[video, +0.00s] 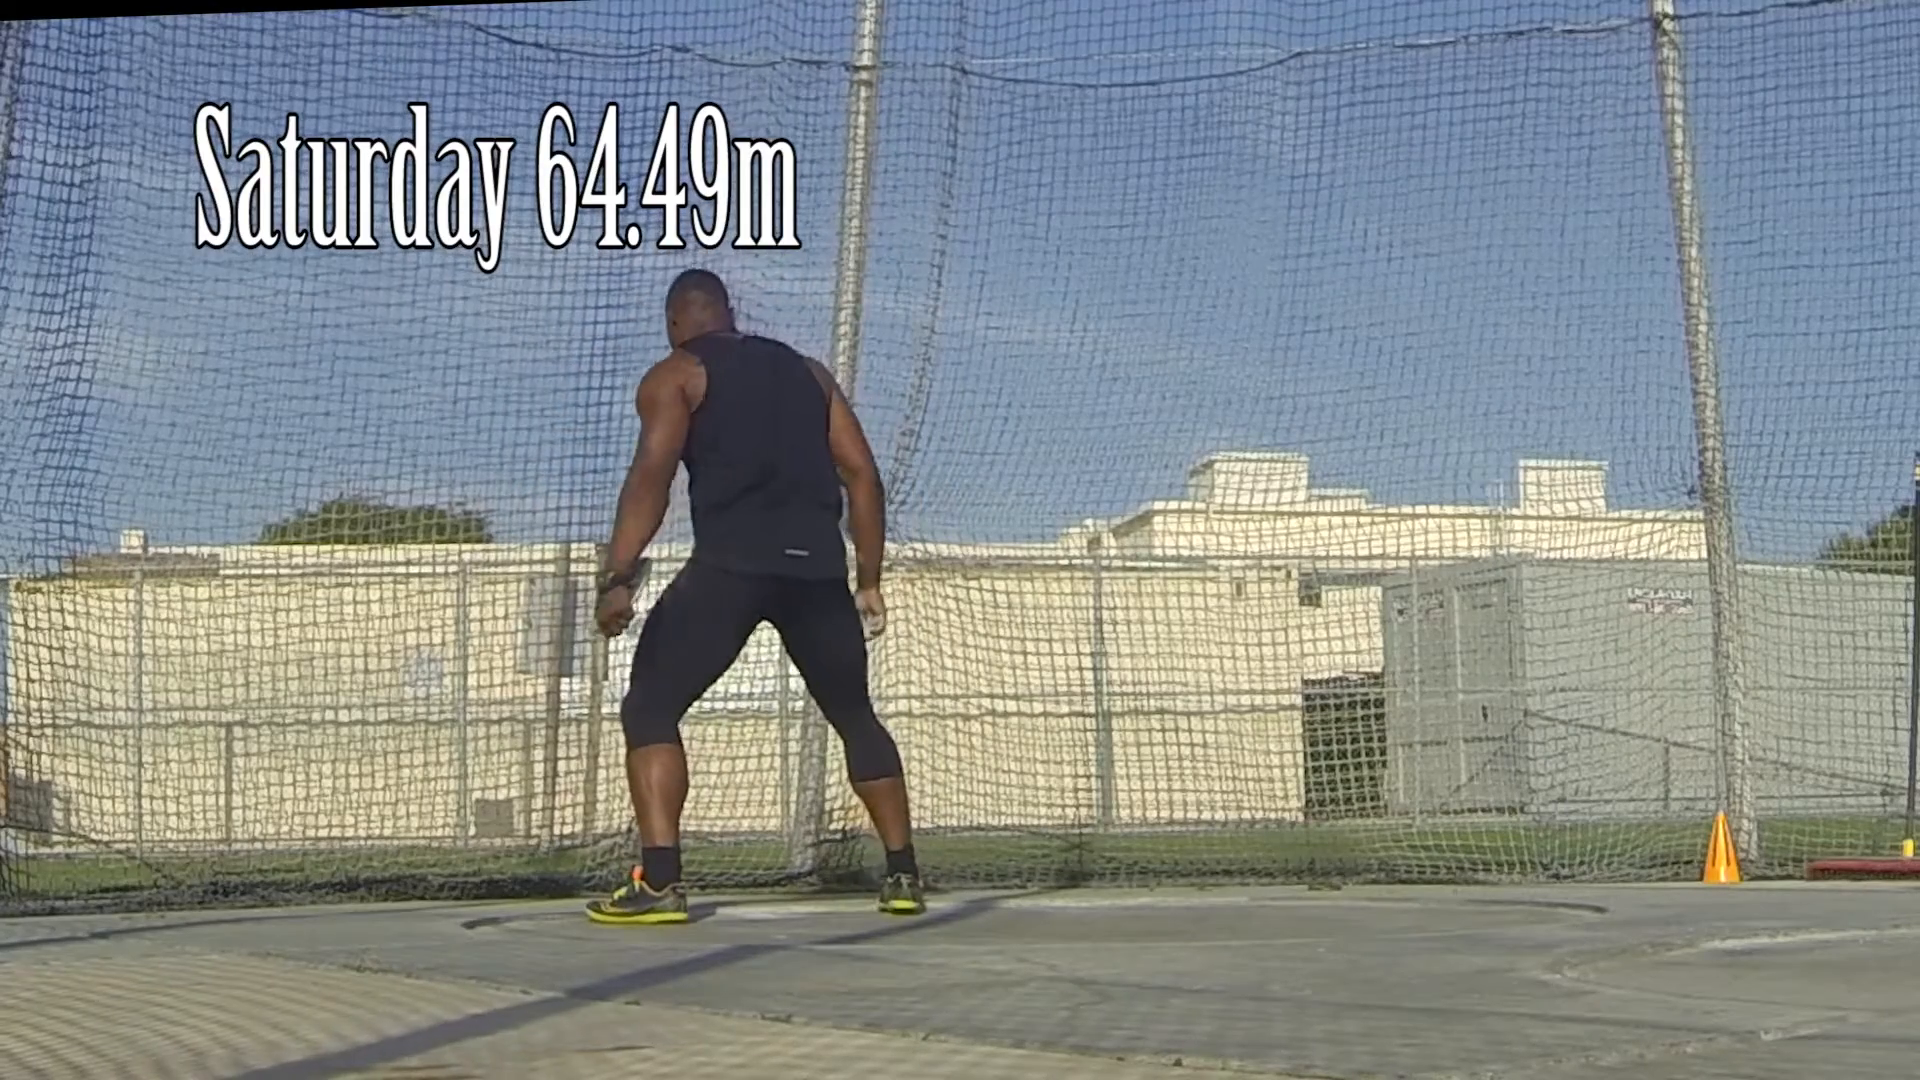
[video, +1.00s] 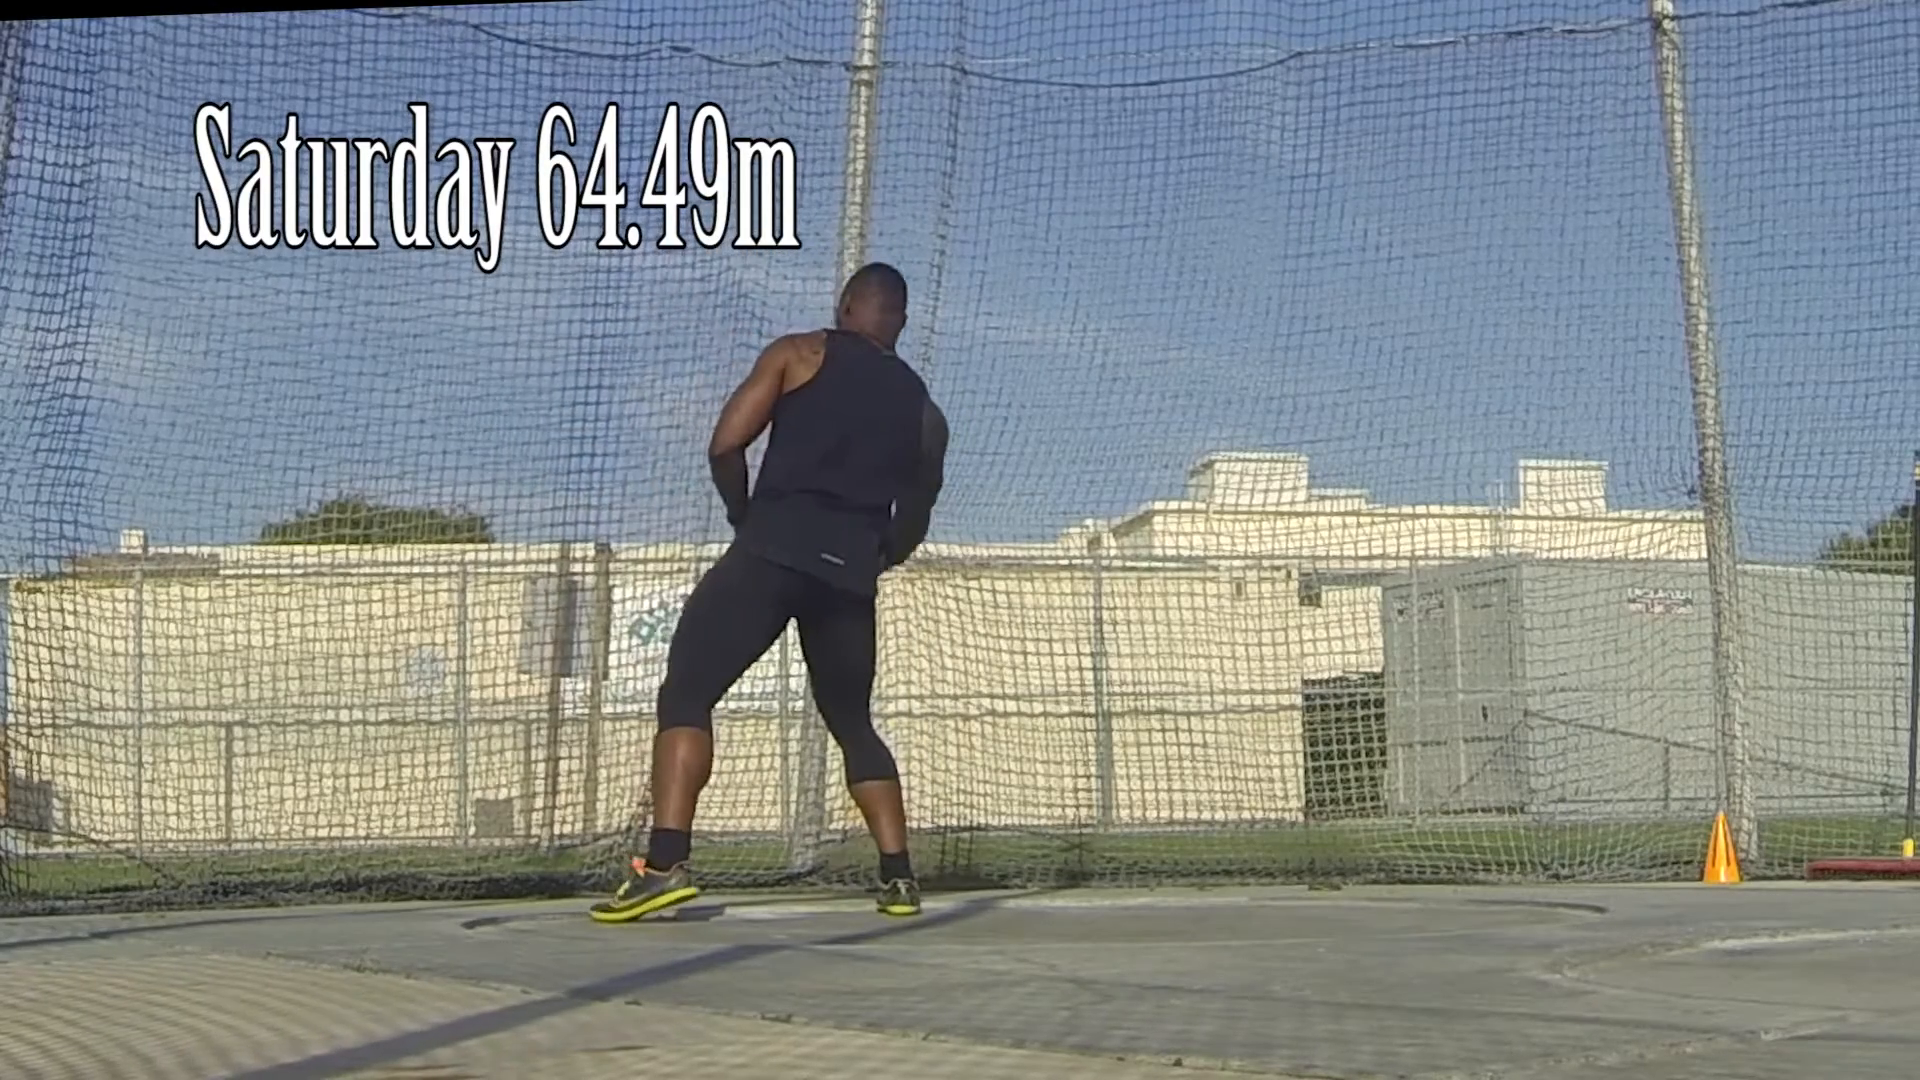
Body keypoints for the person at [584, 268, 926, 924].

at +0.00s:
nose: (671, 335)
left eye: (670, 326)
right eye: (674, 327)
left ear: (677, 322)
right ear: (731, 315)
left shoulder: (675, 375)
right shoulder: (807, 371)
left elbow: (652, 475)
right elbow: (863, 471)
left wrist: (620, 577)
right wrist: (870, 577)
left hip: (728, 570)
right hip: (819, 574)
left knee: (650, 709)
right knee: (856, 715)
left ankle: (659, 882)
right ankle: (903, 873)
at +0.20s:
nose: (690, 303)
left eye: (686, 293)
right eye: (701, 289)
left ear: (682, 298)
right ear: (743, 294)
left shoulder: (661, 377)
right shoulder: (814, 365)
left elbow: (636, 503)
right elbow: (826, 480)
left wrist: (620, 599)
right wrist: (785, 540)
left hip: (720, 565)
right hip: (809, 565)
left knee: (647, 709)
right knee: (852, 716)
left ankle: (658, 883)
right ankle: (901, 876)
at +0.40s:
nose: (729, 290)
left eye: (731, 279)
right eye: (743, 278)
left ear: (735, 285)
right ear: (790, 289)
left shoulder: (699, 356)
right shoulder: (837, 362)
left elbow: (668, 474)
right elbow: (828, 460)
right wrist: (738, 433)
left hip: (732, 560)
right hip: (817, 565)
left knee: (668, 704)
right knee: (850, 715)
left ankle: (659, 880)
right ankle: (900, 876)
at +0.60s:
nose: (774, 294)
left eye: (776, 284)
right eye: (780, 285)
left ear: (780, 286)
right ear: (837, 290)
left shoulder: (752, 349)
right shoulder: (871, 369)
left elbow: (690, 454)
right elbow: (834, 451)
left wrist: (752, 463)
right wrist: (742, 450)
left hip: (755, 558)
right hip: (837, 569)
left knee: (695, 702)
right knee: (853, 718)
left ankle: (659, 871)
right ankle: (899, 875)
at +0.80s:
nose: (822, 306)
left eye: (817, 294)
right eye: (851, 299)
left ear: (814, 296)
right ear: (874, 306)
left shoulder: (787, 351)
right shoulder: (905, 389)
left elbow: (722, 443)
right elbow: (866, 466)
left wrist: (720, 497)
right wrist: (787, 496)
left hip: (773, 557)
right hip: (851, 573)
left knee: (696, 694)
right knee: (853, 718)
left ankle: (659, 863)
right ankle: (898, 876)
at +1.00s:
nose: (849, 318)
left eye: (846, 308)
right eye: (880, 315)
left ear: (841, 311)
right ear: (902, 324)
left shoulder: (796, 352)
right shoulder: (926, 413)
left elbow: (725, 445)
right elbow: (916, 518)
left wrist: (744, 515)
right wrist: (876, 557)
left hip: (769, 554)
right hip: (850, 577)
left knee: (687, 693)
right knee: (853, 719)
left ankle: (665, 866)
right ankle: (899, 877)